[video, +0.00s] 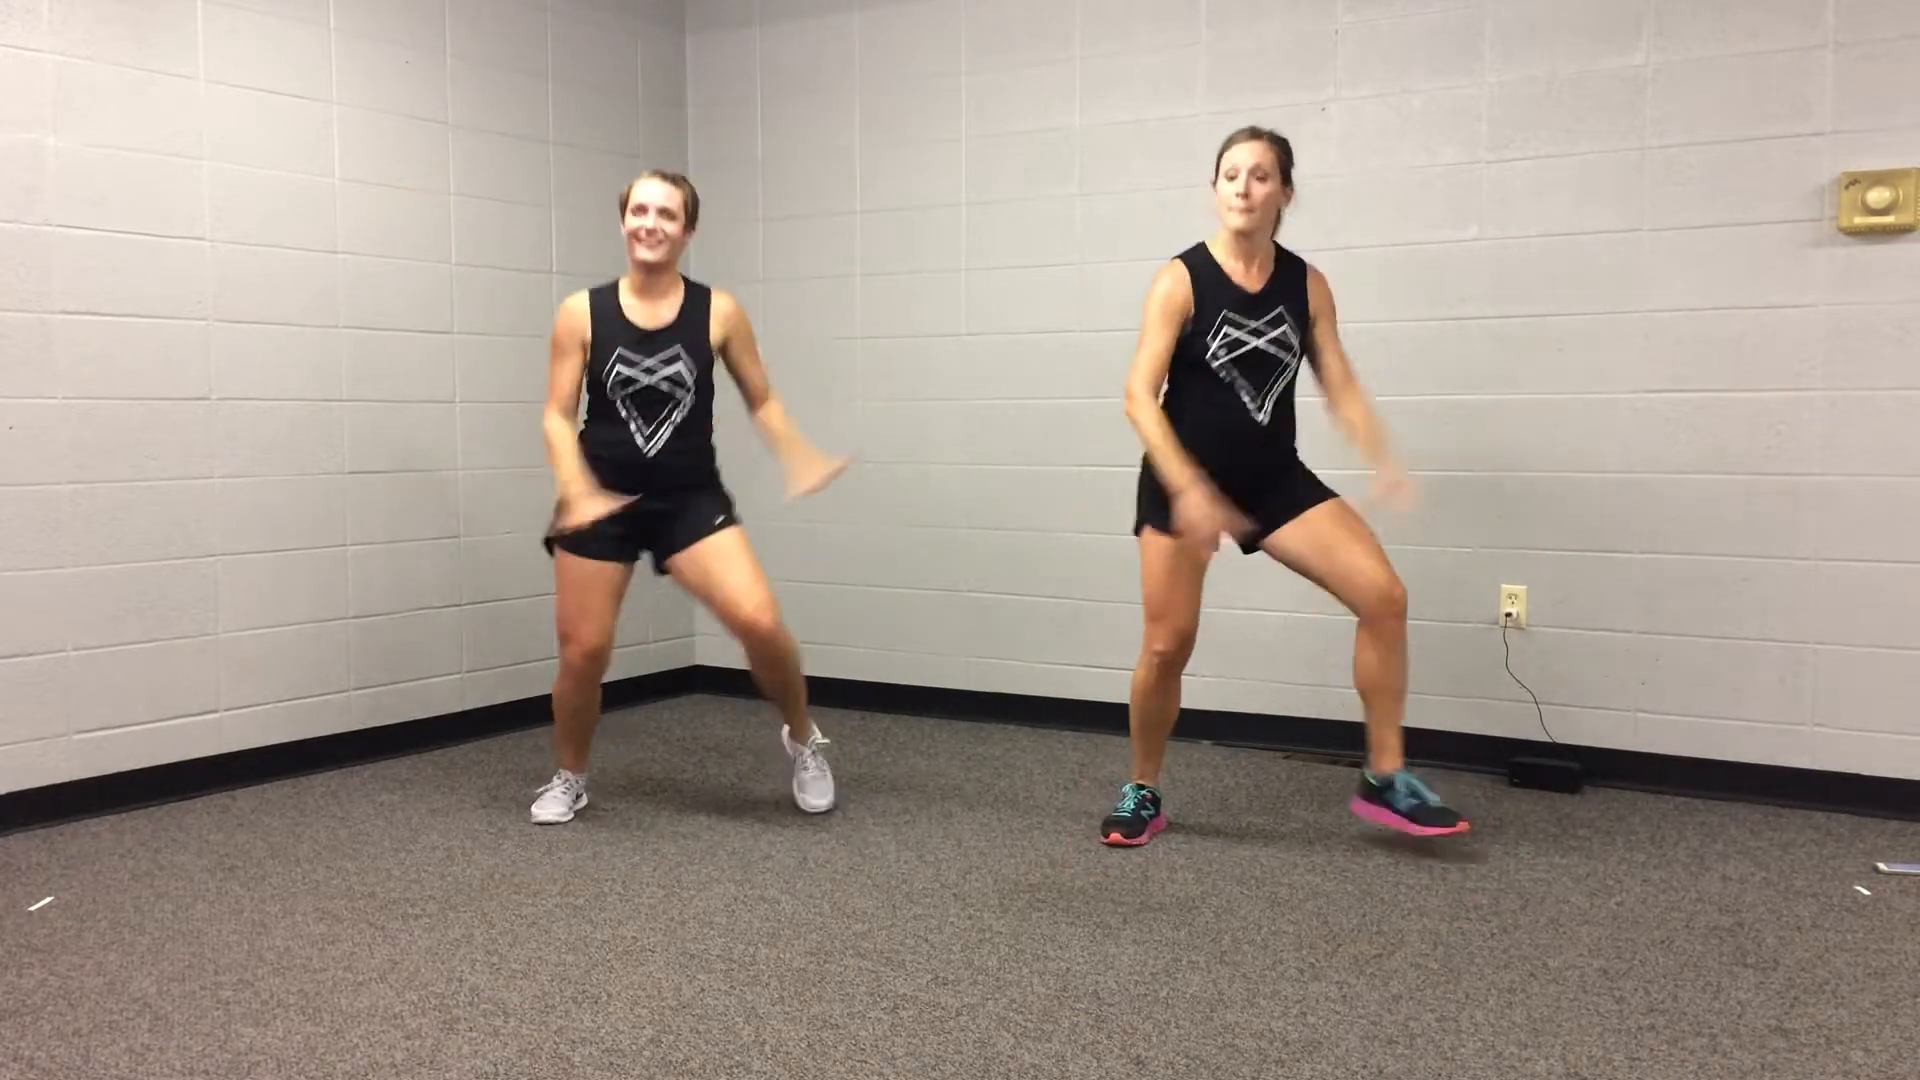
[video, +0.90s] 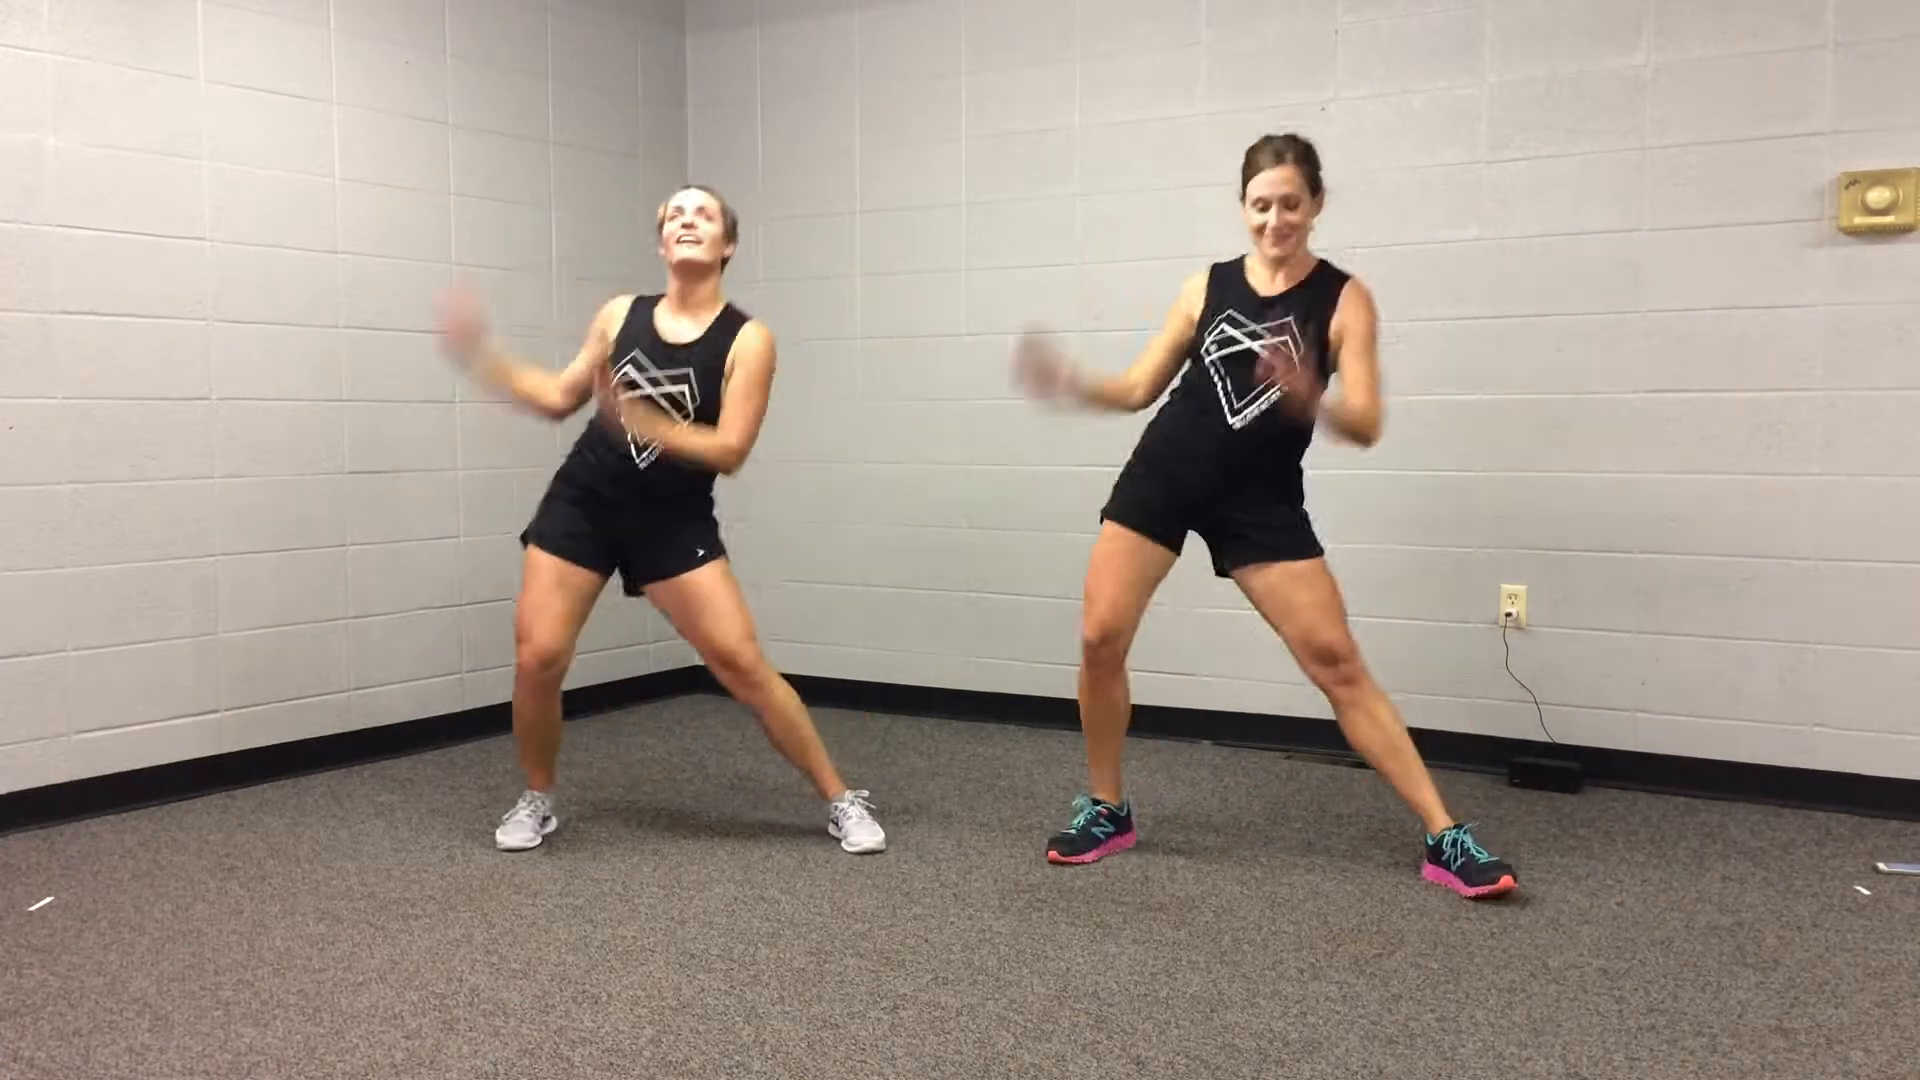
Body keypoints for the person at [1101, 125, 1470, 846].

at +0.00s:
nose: (1244, 186)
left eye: (1260, 176)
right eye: (1232, 174)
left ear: (1284, 194)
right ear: (1214, 189)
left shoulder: (1306, 285)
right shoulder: (1183, 279)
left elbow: (1340, 387)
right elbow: (1138, 396)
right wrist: (1188, 487)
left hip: (1271, 474)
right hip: (1183, 474)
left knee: (1383, 597)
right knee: (1165, 648)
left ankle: (1386, 775)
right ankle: (1141, 788)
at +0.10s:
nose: (1248, 167)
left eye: (1265, 158)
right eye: (1237, 157)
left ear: (1288, 178)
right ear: (1219, 173)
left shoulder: (1305, 264)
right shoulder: (1190, 264)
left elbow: (1370, 352)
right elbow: (1151, 372)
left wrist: (1456, 350)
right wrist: (1255, 370)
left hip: (1293, 468)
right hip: (1205, 470)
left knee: (1379, 607)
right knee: (1178, 638)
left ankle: (1440, 800)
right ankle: (1143, 789)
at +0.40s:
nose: (1290, 178)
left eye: (1305, 168)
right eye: (1275, 168)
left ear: (1326, 191)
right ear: (1251, 192)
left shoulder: (1362, 280)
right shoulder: (1231, 288)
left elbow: (1425, 377)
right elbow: (1232, 406)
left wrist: (1524, 403)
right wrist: (1335, 391)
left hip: (1394, 478)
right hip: (1292, 487)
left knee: (1443, 645)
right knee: (1207, 657)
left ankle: (1453, 834)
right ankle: (1160, 787)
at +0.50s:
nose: (1302, 172)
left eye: (1316, 161)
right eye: (1286, 164)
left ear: (1339, 184)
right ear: (1264, 191)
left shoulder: (1387, 271)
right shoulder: (1247, 289)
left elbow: (1457, 368)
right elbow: (1250, 408)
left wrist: (1522, 463)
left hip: (1381, 478)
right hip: (1279, 479)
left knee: (1436, 649)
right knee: (1158, 627)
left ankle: (1453, 834)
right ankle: (1137, 768)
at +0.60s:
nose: (1304, 156)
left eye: (1318, 144)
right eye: (1289, 149)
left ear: (1346, 164)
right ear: (1271, 174)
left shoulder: (1394, 252)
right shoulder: (1250, 270)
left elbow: (1471, 341)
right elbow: (1208, 373)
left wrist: (1465, 385)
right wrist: (1183, 444)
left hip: (1355, 472)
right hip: (1249, 465)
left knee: (1413, 646)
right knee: (1127, 596)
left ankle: (1452, 834)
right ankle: (1114, 760)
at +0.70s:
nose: (1298, 156)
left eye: (1314, 143)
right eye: (1283, 148)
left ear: (1343, 163)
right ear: (1266, 173)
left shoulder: (1385, 250)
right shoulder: (1245, 263)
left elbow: (1471, 344)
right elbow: (1177, 369)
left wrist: (1392, 300)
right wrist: (1127, 344)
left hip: (1309, 469)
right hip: (1210, 450)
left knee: (1370, 646)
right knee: (1121, 602)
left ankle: (1448, 831)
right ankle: (1096, 785)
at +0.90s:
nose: (1275, 218)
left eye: (1291, 203)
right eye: (1261, 203)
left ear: (1317, 206)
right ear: (1243, 208)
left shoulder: (1344, 300)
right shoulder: (1208, 287)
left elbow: (1365, 424)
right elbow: (1137, 388)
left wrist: (1310, 394)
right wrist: (1071, 383)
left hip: (1260, 497)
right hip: (1164, 476)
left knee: (1335, 658)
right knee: (1100, 635)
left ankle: (1444, 832)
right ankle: (1105, 807)